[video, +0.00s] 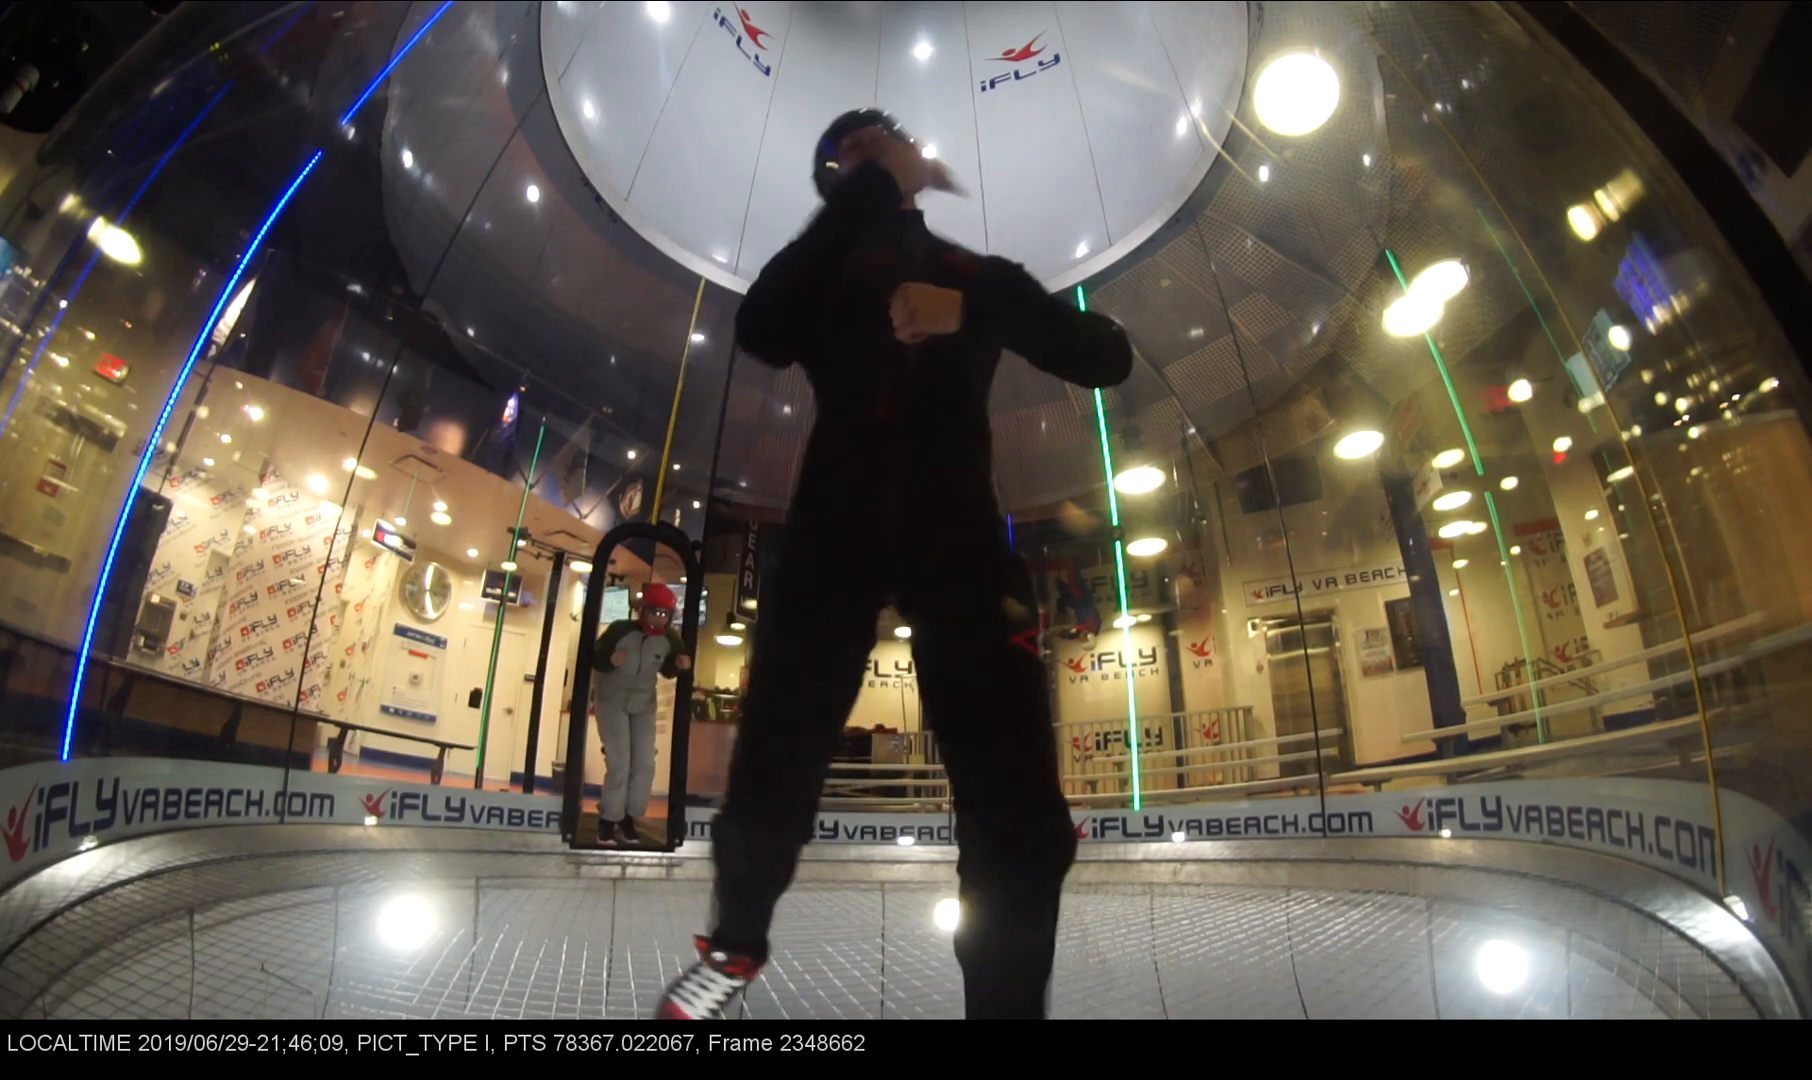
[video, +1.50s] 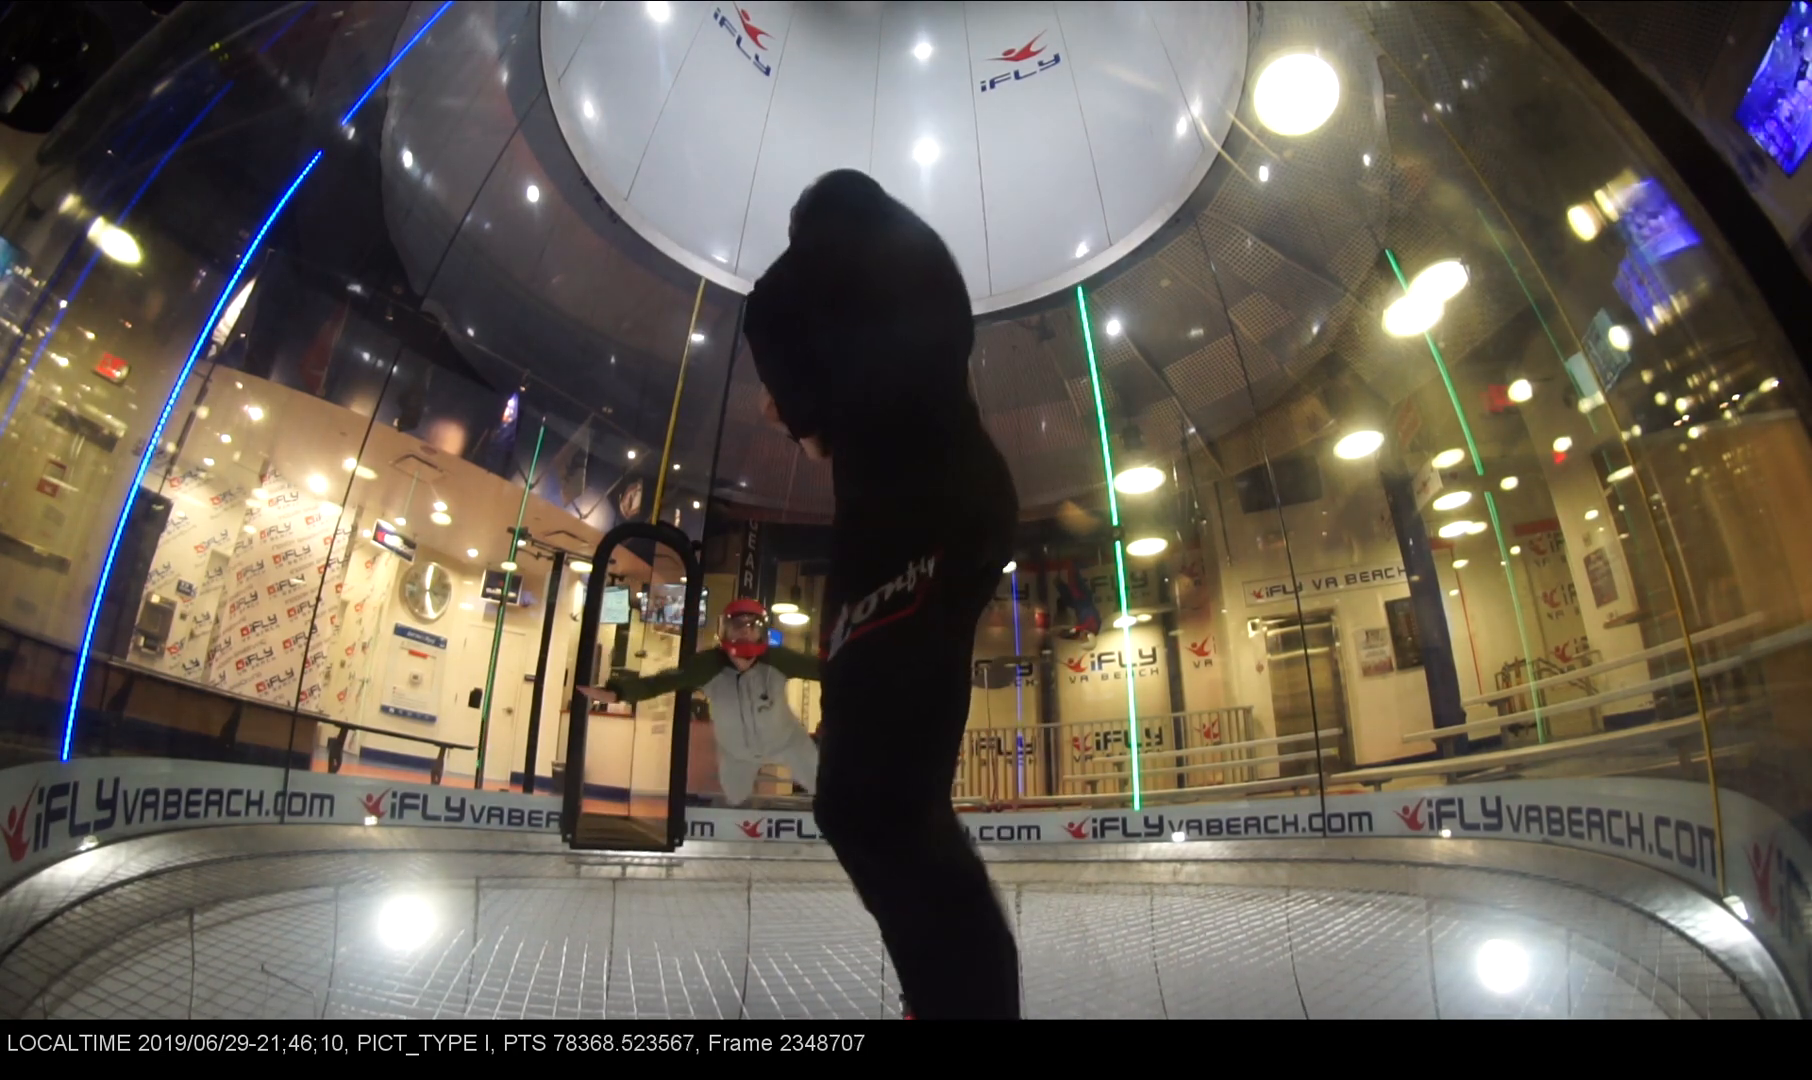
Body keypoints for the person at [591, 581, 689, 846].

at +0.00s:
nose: (660, 619)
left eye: (665, 614)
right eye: (655, 612)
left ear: (670, 615)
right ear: (642, 610)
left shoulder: (669, 639)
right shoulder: (621, 629)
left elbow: (667, 671)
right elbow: (595, 658)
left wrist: (678, 664)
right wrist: (609, 660)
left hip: (644, 706)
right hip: (612, 704)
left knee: (644, 763)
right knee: (619, 762)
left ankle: (629, 821)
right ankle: (608, 821)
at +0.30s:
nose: (670, 621)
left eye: (676, 616)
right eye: (665, 614)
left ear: (682, 617)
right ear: (653, 611)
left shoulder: (680, 638)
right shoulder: (632, 627)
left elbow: (694, 643)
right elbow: (603, 632)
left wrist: (705, 647)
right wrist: (609, 646)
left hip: (654, 710)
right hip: (622, 706)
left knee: (651, 766)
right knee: (627, 764)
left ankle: (630, 823)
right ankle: (610, 822)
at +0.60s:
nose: (683, 633)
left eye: (689, 628)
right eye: (678, 625)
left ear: (696, 629)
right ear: (666, 621)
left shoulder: (691, 652)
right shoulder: (644, 638)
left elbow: (703, 657)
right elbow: (608, 647)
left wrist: (717, 661)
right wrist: (616, 650)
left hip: (665, 730)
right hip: (632, 725)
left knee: (663, 787)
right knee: (638, 787)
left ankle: (632, 819)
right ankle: (610, 816)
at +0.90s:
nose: (698, 654)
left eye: (705, 649)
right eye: (693, 646)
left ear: (712, 651)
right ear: (679, 643)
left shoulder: (705, 676)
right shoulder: (655, 663)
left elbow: (717, 685)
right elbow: (626, 674)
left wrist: (739, 675)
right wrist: (609, 678)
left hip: (674, 757)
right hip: (638, 753)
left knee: (677, 816)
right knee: (639, 813)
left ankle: (642, 833)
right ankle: (611, 822)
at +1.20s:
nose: (722, 646)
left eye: (729, 640)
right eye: (715, 639)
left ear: (737, 643)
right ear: (701, 640)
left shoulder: (743, 669)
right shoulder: (677, 664)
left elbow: (790, 681)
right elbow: (630, 676)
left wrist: (808, 652)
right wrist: (606, 667)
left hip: (722, 756)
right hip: (674, 759)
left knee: (761, 809)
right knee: (654, 815)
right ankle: (620, 820)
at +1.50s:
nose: (746, 633)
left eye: (753, 625)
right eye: (739, 625)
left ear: (764, 631)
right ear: (724, 630)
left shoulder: (777, 659)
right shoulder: (709, 664)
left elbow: (826, 670)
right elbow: (665, 682)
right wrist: (616, 693)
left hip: (789, 744)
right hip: (737, 755)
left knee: (828, 787)